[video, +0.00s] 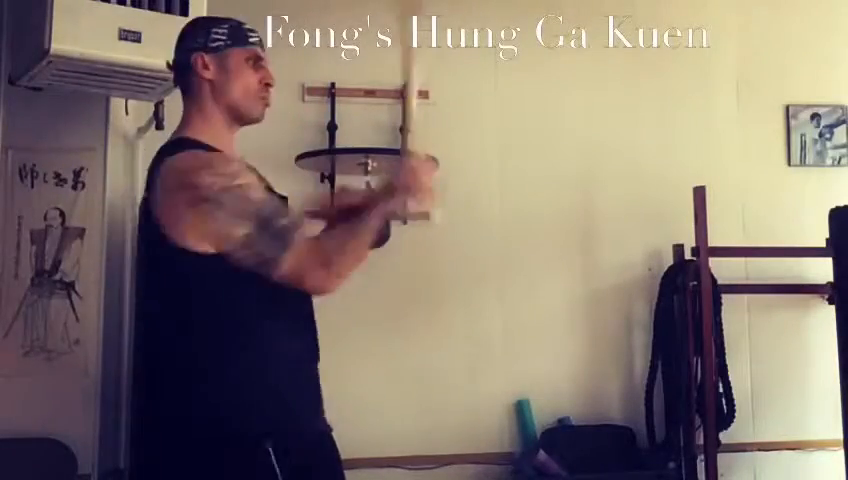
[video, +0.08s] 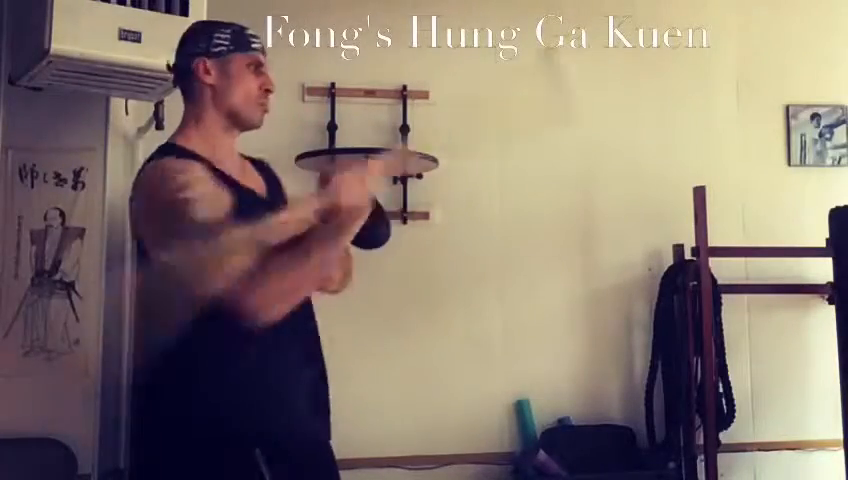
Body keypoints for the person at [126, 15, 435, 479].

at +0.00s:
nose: (270, 77)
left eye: (264, 64)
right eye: (253, 61)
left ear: (208, 68)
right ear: (205, 67)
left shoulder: (209, 166)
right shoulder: (200, 174)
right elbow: (319, 269)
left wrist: (322, 218)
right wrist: (388, 203)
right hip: (247, 440)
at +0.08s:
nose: (269, 85)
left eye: (266, 70)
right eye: (255, 68)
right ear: (207, 71)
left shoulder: (261, 174)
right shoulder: (171, 177)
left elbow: (338, 276)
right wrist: (342, 217)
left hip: (289, 428)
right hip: (206, 435)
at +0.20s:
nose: (283, 92)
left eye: (282, 78)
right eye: (271, 75)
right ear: (223, 75)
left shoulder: (291, 184)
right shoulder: (163, 179)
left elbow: (340, 280)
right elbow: (131, 308)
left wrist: (282, 277)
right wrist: (248, 317)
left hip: (287, 433)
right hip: (191, 439)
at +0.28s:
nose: (304, 100)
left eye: (303, 87)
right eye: (295, 83)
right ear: (248, 77)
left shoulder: (307, 190)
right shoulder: (164, 173)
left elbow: (334, 291)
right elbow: (45, 255)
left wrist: (254, 291)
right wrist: (110, 314)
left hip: (283, 430)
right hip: (183, 436)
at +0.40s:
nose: (316, 108)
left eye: (317, 95)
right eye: (307, 91)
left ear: (268, 84)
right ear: (263, 81)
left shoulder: (312, 192)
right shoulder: (176, 156)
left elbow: (331, 286)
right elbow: (31, 193)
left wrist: (237, 286)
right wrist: (107, 193)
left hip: (273, 413)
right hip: (179, 411)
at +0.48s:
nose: (314, 117)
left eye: (317, 104)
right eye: (310, 99)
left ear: (267, 88)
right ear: (266, 88)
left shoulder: (299, 178)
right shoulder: (187, 158)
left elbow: (334, 274)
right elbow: (146, 116)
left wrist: (262, 256)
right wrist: (266, 150)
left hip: (271, 392)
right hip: (188, 391)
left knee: (305, 470)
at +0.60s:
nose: (310, 110)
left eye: (311, 97)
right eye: (299, 92)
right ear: (253, 84)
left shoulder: (270, 190)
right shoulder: (186, 166)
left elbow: (330, 283)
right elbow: (263, 94)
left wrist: (297, 244)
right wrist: (369, 176)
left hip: (272, 408)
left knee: (305, 471)